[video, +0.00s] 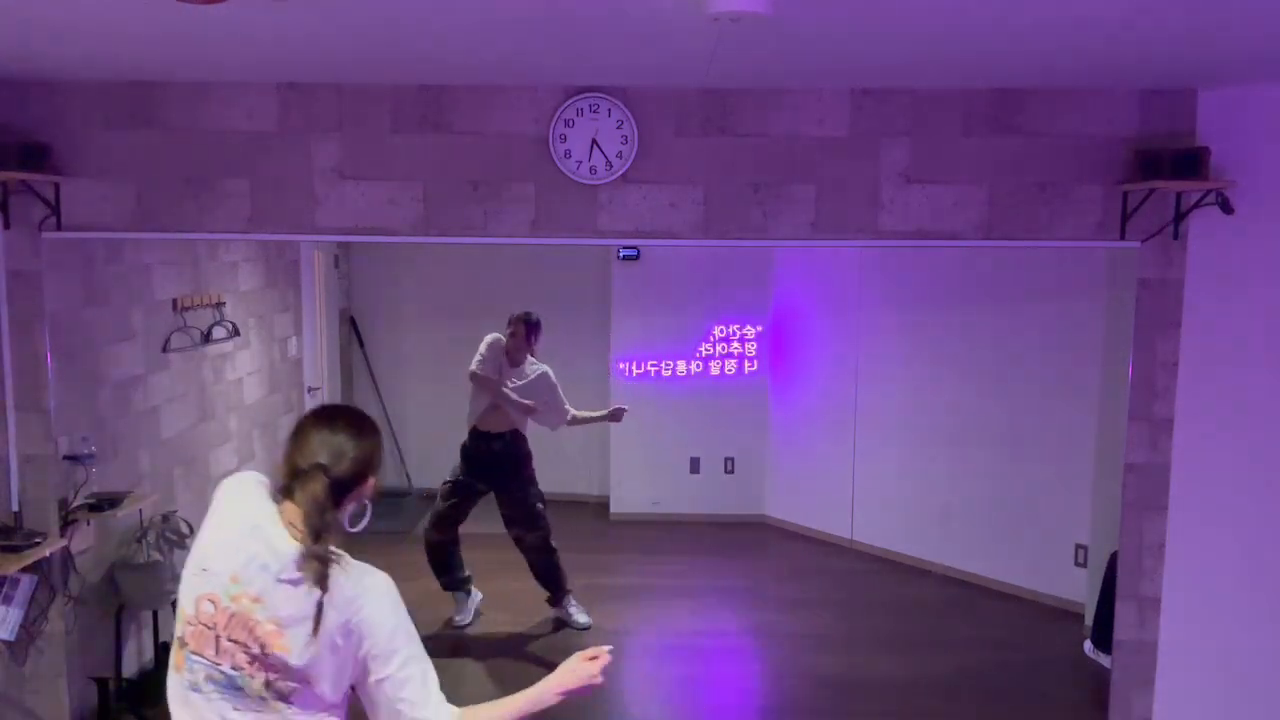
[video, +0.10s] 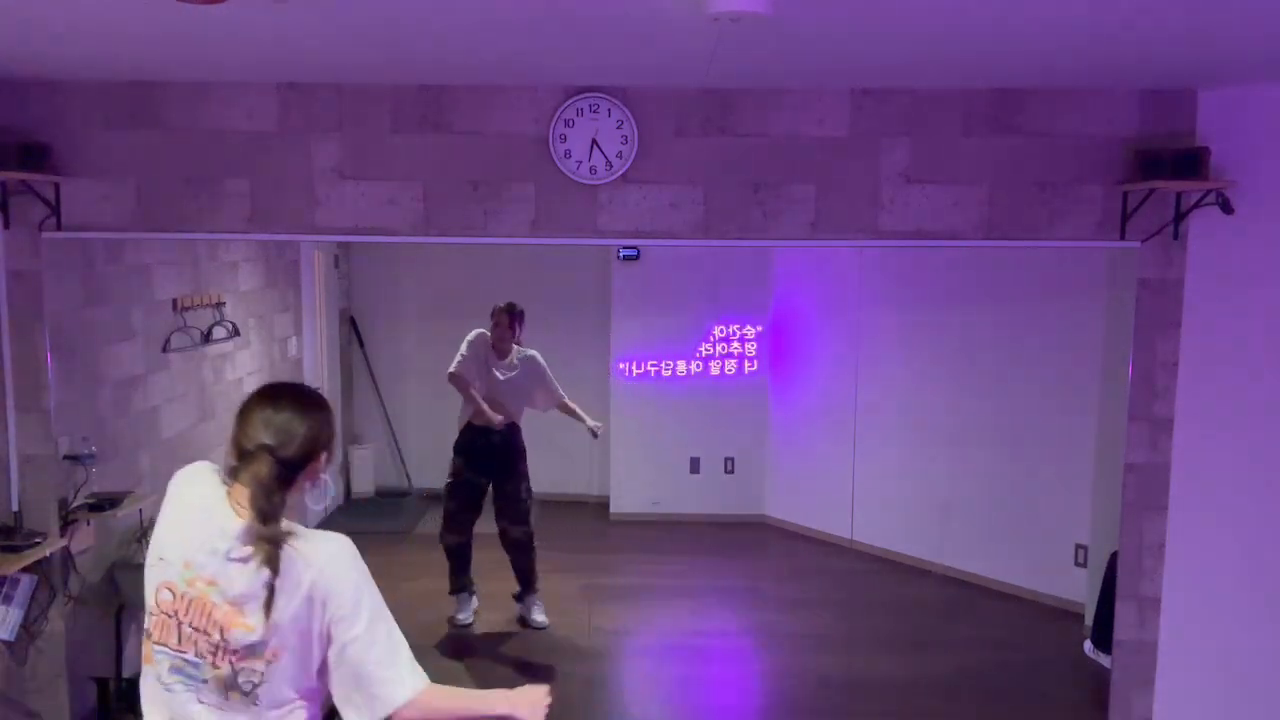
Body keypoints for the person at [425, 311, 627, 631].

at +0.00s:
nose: (508, 339)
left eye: (515, 335)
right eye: (508, 333)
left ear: (532, 340)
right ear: (505, 333)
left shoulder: (541, 375)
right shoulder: (494, 344)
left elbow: (565, 416)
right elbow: (478, 375)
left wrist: (604, 415)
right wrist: (514, 402)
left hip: (512, 452)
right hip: (476, 450)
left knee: (531, 530)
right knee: (439, 527)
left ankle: (563, 600)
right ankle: (464, 595)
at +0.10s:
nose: (496, 332)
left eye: (503, 327)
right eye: (494, 325)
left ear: (517, 331)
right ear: (490, 326)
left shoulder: (530, 360)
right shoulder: (478, 340)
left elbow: (558, 400)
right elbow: (456, 375)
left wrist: (587, 420)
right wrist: (485, 411)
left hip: (509, 444)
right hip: (472, 442)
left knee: (516, 523)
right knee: (455, 525)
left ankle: (530, 598)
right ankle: (464, 596)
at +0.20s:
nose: (488, 321)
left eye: (494, 316)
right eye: (484, 315)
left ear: (507, 319)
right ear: (479, 317)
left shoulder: (523, 349)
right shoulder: (467, 339)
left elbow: (546, 392)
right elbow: (442, 382)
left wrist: (564, 432)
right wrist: (459, 427)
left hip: (506, 438)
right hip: (469, 436)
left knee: (504, 520)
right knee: (465, 520)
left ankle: (504, 596)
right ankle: (468, 597)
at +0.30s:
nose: (483, 318)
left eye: (489, 313)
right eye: (479, 312)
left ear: (502, 315)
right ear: (473, 315)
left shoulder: (519, 349)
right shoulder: (457, 344)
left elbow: (533, 398)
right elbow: (441, 391)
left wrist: (541, 445)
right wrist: (442, 438)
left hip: (504, 438)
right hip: (467, 436)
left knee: (500, 518)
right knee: (468, 517)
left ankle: (494, 592)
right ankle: (467, 593)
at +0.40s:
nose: (481, 319)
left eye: (487, 313)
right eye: (476, 313)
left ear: (499, 316)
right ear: (469, 316)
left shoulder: (515, 355)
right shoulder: (452, 352)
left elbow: (522, 410)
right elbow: (446, 407)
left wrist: (526, 456)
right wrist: (439, 453)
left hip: (505, 442)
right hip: (467, 441)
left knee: (501, 520)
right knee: (468, 520)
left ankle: (495, 594)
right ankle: (467, 595)